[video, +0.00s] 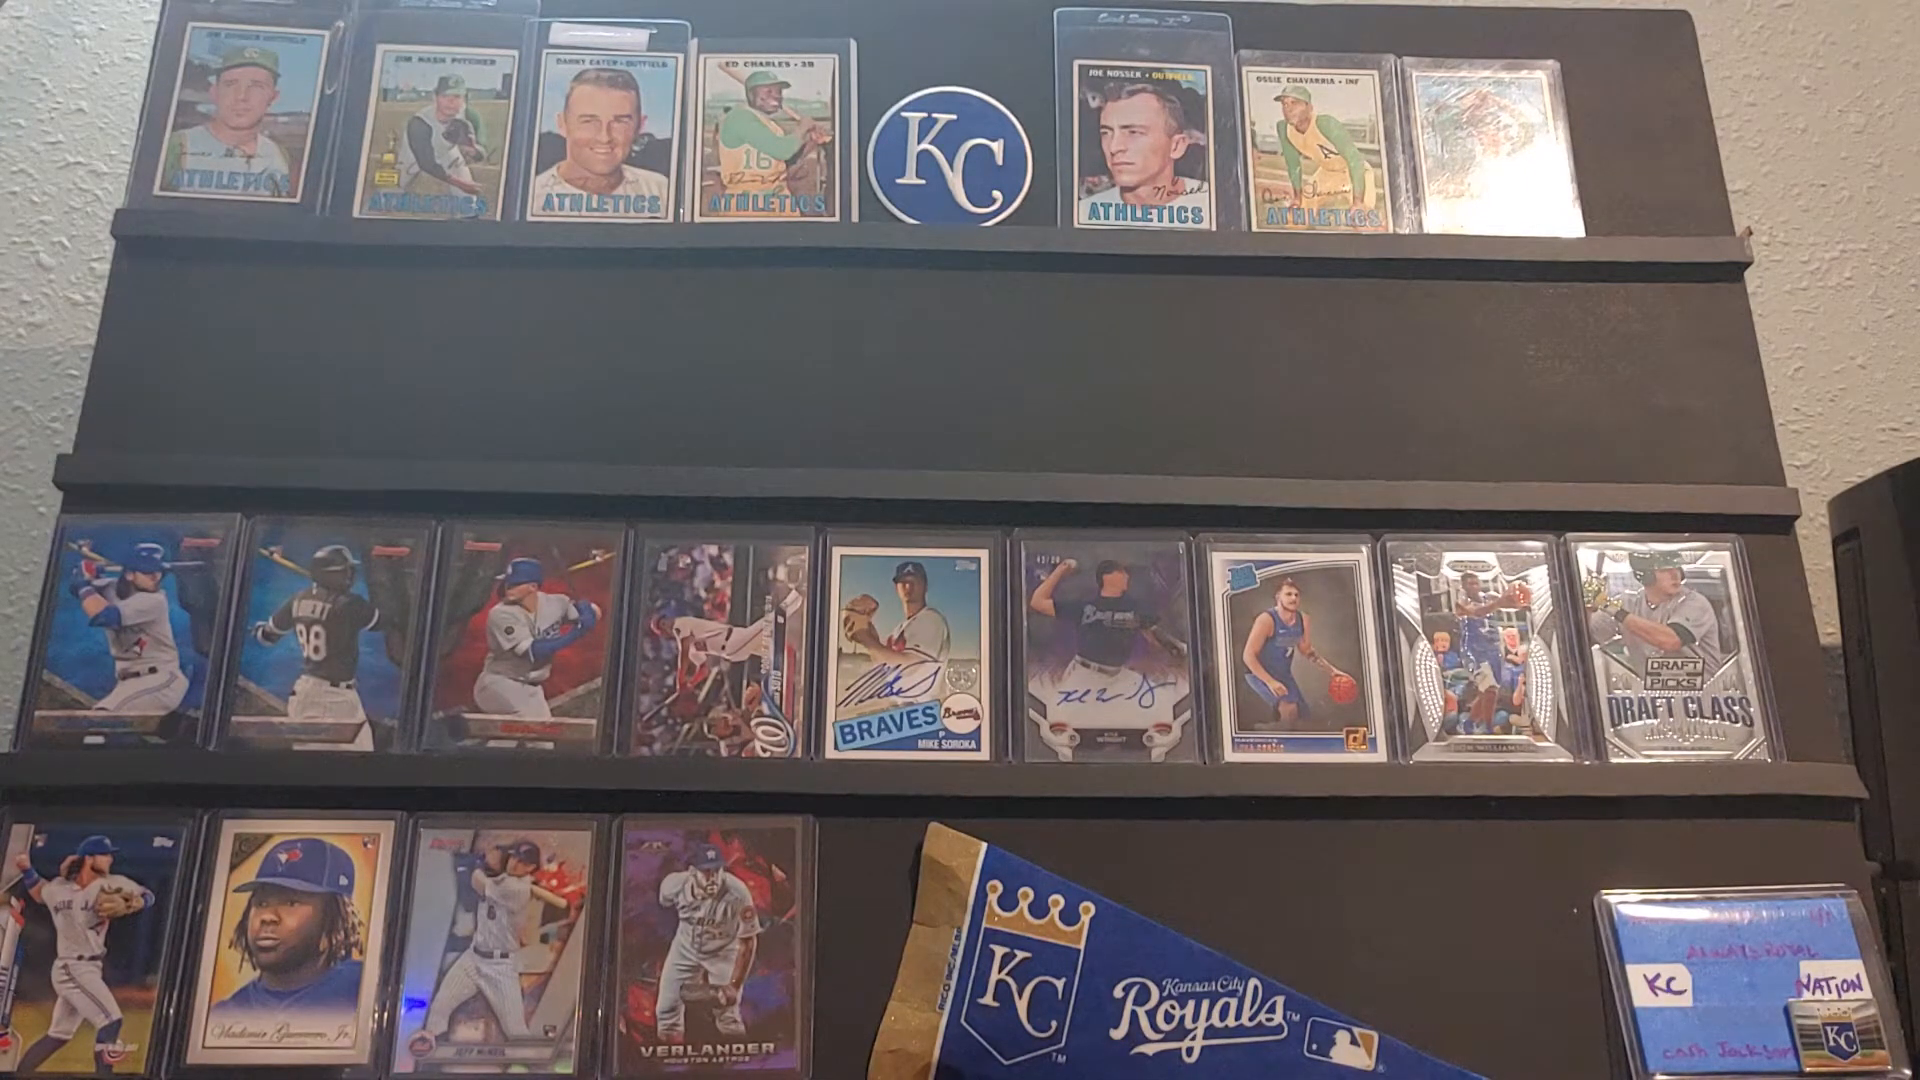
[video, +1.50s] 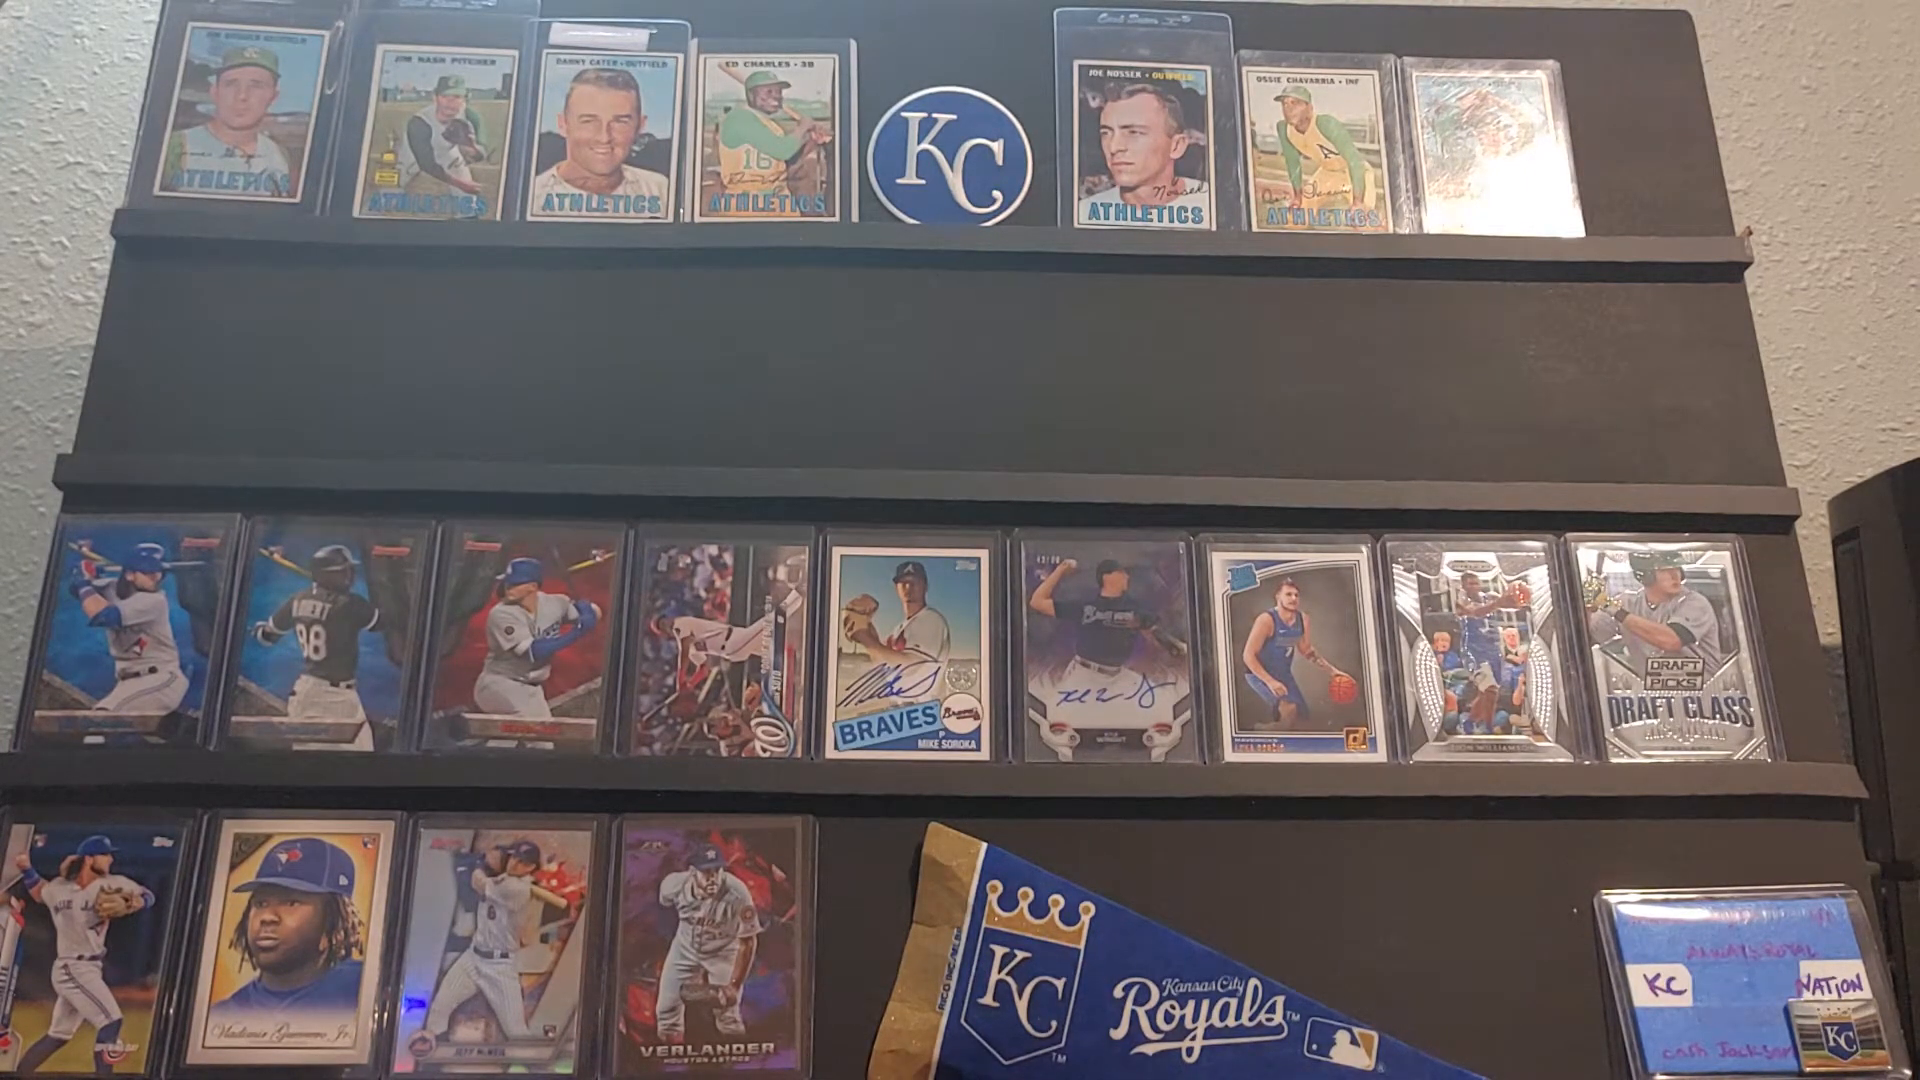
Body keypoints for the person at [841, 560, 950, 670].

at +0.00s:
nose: (907, 587)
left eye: (913, 582)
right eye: (902, 582)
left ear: (925, 586)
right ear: (896, 587)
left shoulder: (930, 618)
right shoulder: (901, 627)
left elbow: (911, 662)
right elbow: (881, 660)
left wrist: (866, 639)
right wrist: (865, 624)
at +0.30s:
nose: (907, 588)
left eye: (913, 582)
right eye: (902, 582)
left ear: (925, 586)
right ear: (896, 587)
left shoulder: (930, 619)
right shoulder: (900, 627)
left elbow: (910, 662)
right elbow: (881, 664)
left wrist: (867, 641)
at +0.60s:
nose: (907, 589)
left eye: (913, 583)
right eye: (902, 583)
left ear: (925, 587)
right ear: (896, 588)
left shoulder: (931, 619)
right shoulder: (900, 627)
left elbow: (911, 662)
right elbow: (886, 663)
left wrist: (867, 640)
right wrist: (869, 631)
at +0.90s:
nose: (907, 588)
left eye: (913, 583)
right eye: (902, 583)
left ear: (925, 587)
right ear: (896, 588)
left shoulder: (930, 619)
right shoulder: (901, 627)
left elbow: (910, 663)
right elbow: (880, 660)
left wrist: (866, 639)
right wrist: (865, 624)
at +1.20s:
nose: (907, 588)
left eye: (914, 583)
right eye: (902, 583)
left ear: (925, 587)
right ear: (896, 588)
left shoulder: (931, 619)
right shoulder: (900, 627)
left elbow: (910, 663)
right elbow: (880, 661)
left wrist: (866, 640)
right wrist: (866, 625)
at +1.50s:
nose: (907, 588)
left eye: (913, 583)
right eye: (902, 583)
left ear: (925, 586)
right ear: (896, 588)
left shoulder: (930, 619)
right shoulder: (901, 627)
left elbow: (911, 662)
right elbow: (880, 660)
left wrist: (865, 638)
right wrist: (865, 623)